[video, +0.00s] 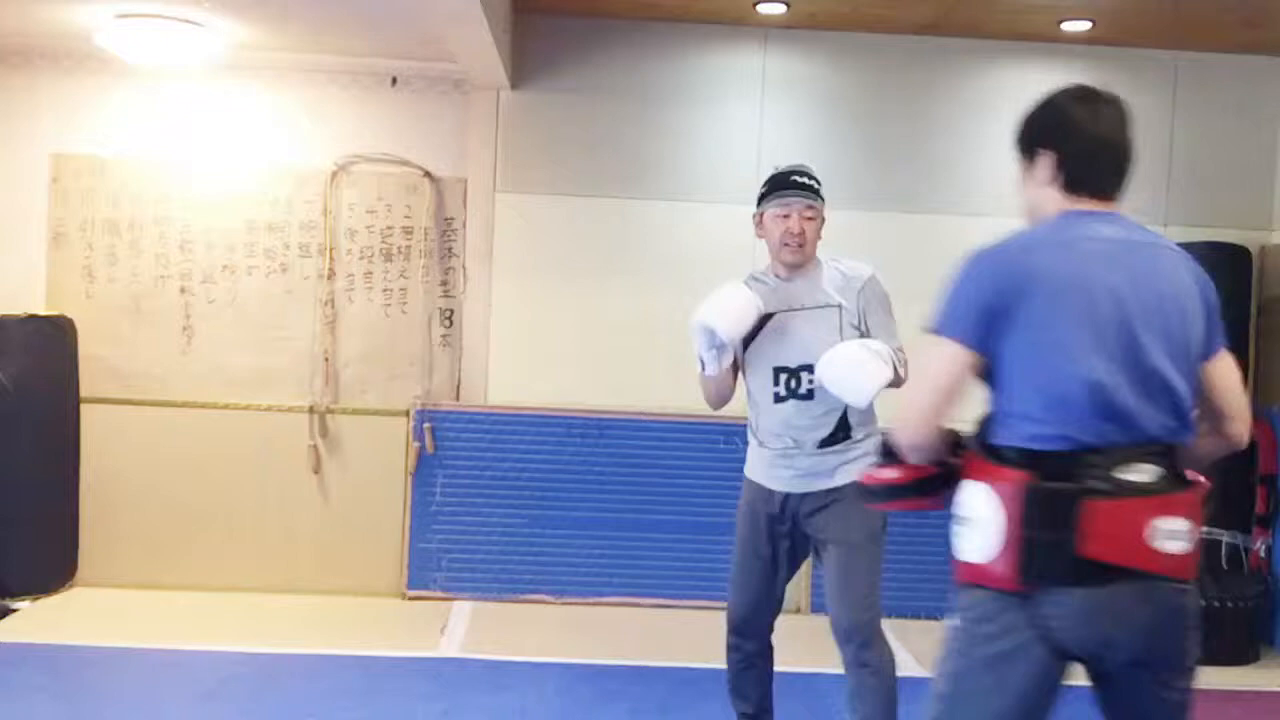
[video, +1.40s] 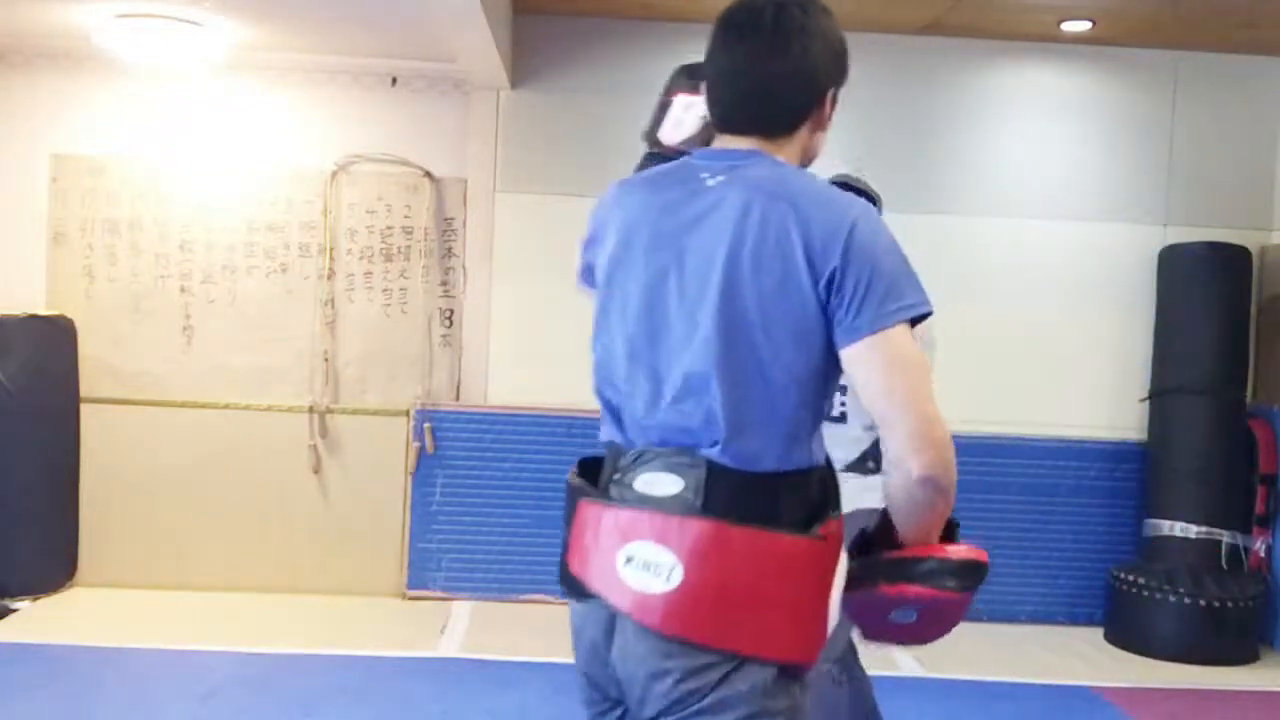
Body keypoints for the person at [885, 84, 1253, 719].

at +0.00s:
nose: (1020, 180)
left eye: (1023, 162)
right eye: (1020, 163)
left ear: (1047, 164)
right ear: (1116, 169)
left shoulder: (1001, 265)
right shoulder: (1183, 270)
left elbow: (913, 431)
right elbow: (1232, 427)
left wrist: (950, 454)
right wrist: (1160, 458)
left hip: (1022, 558)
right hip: (1149, 561)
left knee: (968, 711)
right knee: (1155, 709)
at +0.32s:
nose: (974, 153)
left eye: (974, 136)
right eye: (974, 137)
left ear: (989, 136)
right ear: (1076, 147)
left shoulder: (928, 238)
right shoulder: (1142, 245)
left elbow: (832, 395)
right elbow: (1202, 418)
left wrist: (885, 393)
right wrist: (1134, 497)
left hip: (954, 550)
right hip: (1092, 557)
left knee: (928, 709)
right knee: (1091, 706)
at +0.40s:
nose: (954, 148)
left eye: (954, 134)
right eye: (956, 134)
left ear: (966, 138)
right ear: (1060, 146)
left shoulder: (898, 239)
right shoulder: (1124, 248)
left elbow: (795, 389)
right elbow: (1191, 426)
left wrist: (865, 354)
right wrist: (1122, 521)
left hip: (913, 549)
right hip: (1058, 557)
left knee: (899, 709)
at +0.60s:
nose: (924, 152)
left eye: (924, 140)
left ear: (933, 148)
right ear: (1037, 159)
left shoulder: (854, 241)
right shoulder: (1090, 271)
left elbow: (749, 343)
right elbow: (1158, 477)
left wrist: (809, 252)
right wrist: (1099, 586)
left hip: (833, 569)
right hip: (982, 595)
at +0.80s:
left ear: (872, 118)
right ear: (979, 131)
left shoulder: (794, 215)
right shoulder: (1022, 241)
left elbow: (709, 284)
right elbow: (1104, 452)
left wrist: (765, 199)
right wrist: (1072, 569)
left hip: (782, 535)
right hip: (923, 555)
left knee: (788, 700)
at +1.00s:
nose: (933, 130)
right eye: (933, 115)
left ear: (817, 114)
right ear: (921, 131)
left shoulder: (742, 211)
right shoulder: (924, 228)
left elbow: (715, 349)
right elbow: (1018, 446)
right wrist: (1017, 539)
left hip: (704, 544)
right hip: (824, 561)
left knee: (710, 698)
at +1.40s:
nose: (837, 114)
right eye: (838, 97)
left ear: (713, 90)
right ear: (824, 108)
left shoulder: (623, 205)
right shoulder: (837, 225)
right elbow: (924, 466)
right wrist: (902, 562)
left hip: (603, 553)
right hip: (729, 580)